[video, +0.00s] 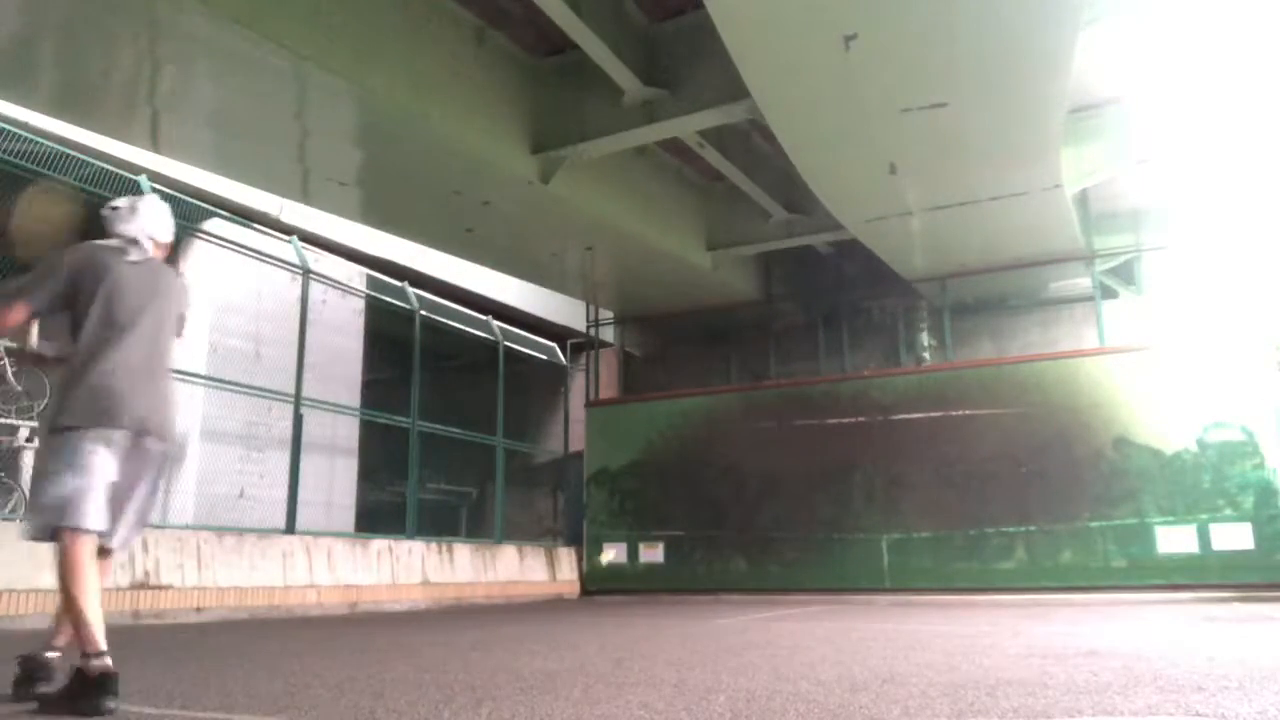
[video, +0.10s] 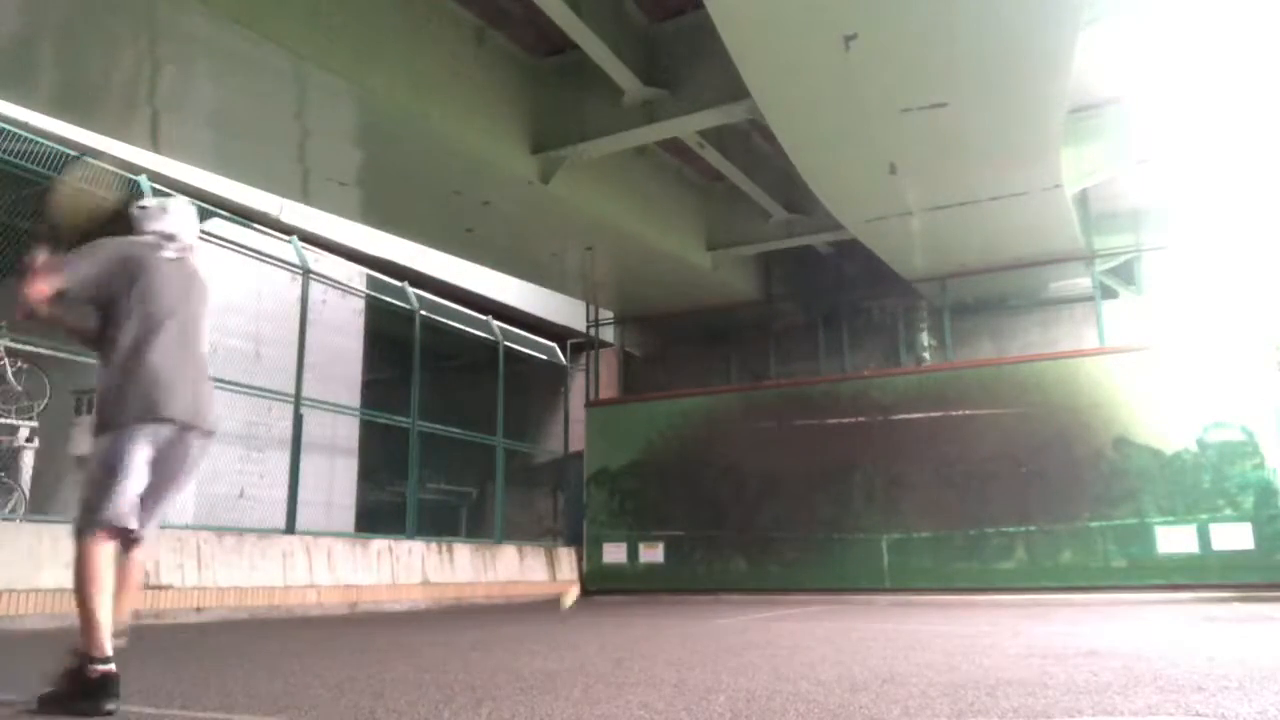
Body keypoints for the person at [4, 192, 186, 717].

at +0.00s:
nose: (167, 252)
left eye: (167, 246)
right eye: (167, 245)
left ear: (111, 228)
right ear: (158, 242)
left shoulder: (83, 257)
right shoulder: (173, 283)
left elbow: (11, 316)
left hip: (92, 410)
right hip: (156, 420)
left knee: (77, 537)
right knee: (102, 547)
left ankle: (99, 665)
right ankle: (51, 657)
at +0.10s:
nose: (132, 226)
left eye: (137, 220)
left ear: (142, 223)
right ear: (185, 232)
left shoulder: (131, 251)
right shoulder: (193, 277)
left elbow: (42, 289)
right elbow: (115, 334)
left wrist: (40, 265)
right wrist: (54, 306)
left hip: (140, 407)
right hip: (196, 414)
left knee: (99, 532)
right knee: (135, 539)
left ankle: (98, 665)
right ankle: (106, 651)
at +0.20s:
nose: (156, 225)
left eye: (162, 220)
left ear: (173, 225)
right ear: (213, 235)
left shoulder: (171, 247)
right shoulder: (213, 279)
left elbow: (97, 262)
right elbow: (121, 329)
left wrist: (87, 231)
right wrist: (68, 276)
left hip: (181, 411)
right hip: (236, 417)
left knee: (116, 536)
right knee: (179, 521)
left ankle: (102, 675)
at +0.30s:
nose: (190, 253)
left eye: (194, 245)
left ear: (207, 238)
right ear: (237, 248)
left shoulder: (217, 247)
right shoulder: (227, 298)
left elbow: (197, 279)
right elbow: (146, 335)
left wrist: (147, 236)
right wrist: (107, 285)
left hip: (220, 415)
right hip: (267, 421)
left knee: (138, 536)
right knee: (235, 534)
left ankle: (103, 672)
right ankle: (315, 627)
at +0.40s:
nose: (230, 299)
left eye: (232, 292)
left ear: (241, 272)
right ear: (280, 273)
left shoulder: (250, 284)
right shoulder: (299, 317)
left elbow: (268, 326)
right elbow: (242, 396)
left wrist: (224, 334)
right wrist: (169, 364)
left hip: (258, 430)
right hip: (312, 435)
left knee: (182, 546)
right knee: (309, 551)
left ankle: (117, 670)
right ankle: (366, 656)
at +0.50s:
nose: (273, 252)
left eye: (276, 245)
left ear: (283, 249)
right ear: (323, 254)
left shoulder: (282, 273)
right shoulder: (349, 295)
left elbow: (276, 347)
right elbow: (342, 367)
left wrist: (234, 426)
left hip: (302, 424)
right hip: (355, 431)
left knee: (220, 536)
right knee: (339, 552)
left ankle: (154, 662)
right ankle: (373, 663)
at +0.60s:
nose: (309, 238)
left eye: (311, 232)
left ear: (316, 236)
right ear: (360, 239)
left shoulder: (308, 263)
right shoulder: (385, 289)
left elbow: (275, 326)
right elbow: (407, 363)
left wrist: (223, 400)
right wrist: (431, 423)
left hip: (322, 414)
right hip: (379, 423)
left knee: (256, 525)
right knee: (364, 544)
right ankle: (377, 664)